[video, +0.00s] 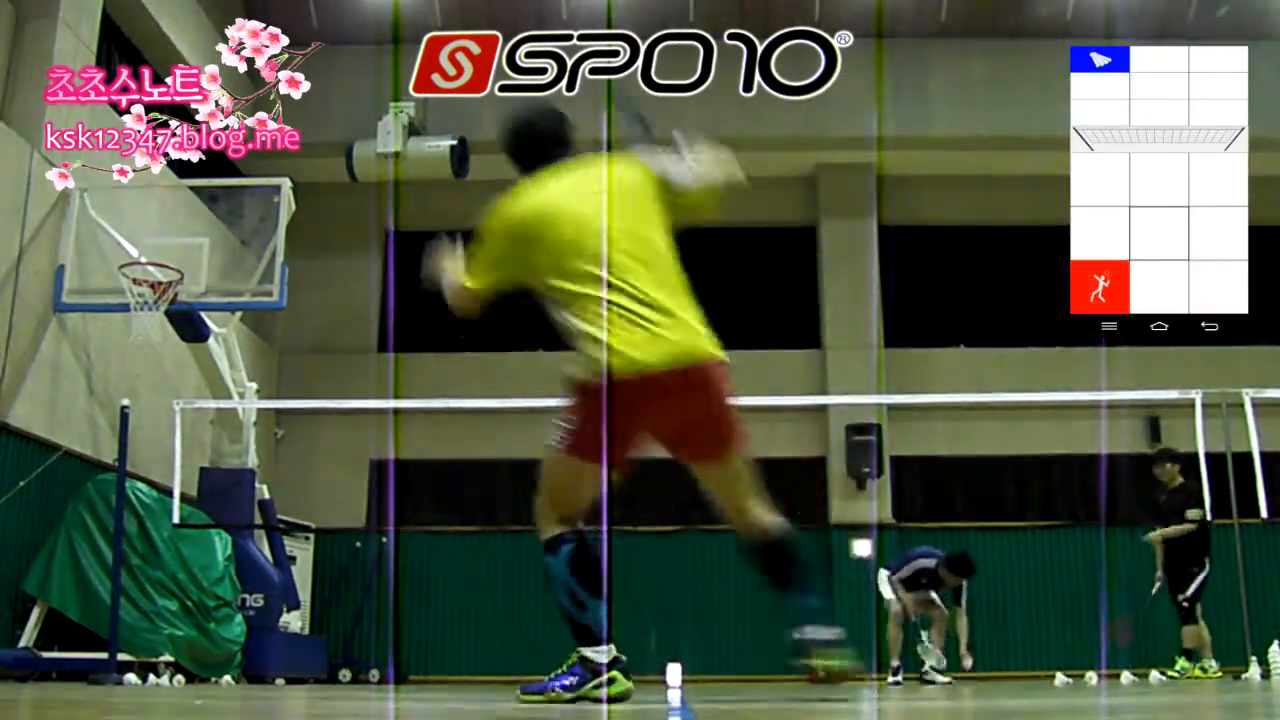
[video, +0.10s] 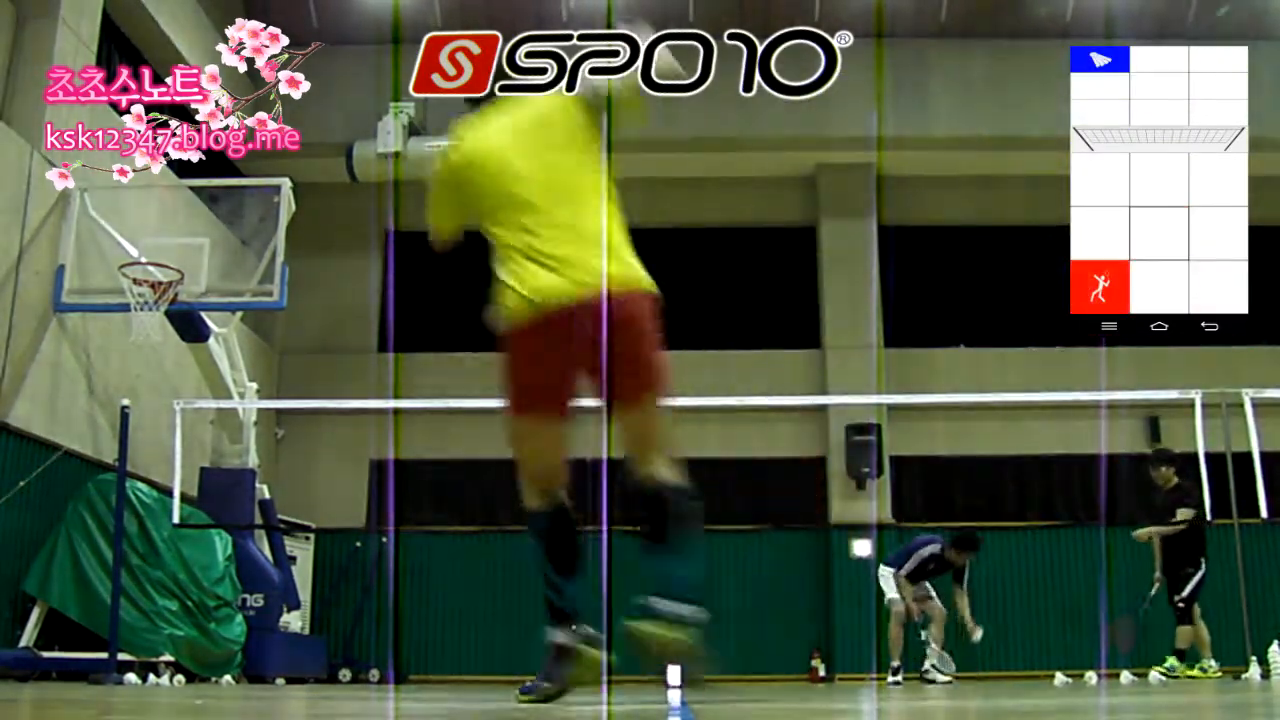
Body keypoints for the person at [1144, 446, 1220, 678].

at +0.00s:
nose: (1158, 472)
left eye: (1162, 466)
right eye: (1156, 467)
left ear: (1175, 466)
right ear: (1156, 470)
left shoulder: (1191, 490)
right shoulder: (1162, 497)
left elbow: (1193, 523)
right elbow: (1159, 535)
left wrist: (1162, 534)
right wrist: (1159, 568)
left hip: (1195, 555)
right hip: (1173, 557)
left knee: (1185, 603)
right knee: (1189, 609)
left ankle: (1187, 657)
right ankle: (1208, 660)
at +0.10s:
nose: (1155, 475)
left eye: (1158, 470)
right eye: (1153, 471)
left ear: (1171, 469)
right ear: (1153, 472)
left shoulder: (1186, 491)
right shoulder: (1160, 496)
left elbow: (1182, 523)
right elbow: (1158, 535)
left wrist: (1151, 531)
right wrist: (1158, 569)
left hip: (1192, 557)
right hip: (1172, 560)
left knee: (1182, 605)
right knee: (1191, 611)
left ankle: (1178, 659)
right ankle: (1208, 660)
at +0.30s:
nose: (1140, 482)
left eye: (1142, 476)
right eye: (1138, 478)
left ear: (1155, 472)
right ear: (1144, 475)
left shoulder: (1172, 493)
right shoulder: (1150, 496)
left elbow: (1158, 523)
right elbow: (1152, 533)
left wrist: (1122, 530)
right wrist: (1151, 564)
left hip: (1181, 557)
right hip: (1163, 559)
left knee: (1170, 607)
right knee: (1183, 615)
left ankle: (1167, 662)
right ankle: (1207, 660)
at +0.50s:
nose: (1126, 475)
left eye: (1129, 470)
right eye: (1124, 471)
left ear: (1141, 468)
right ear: (1134, 471)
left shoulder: (1153, 490)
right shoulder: (1140, 490)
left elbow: (1131, 517)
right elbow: (1150, 531)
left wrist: (1097, 525)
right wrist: (1146, 558)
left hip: (1175, 556)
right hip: (1159, 557)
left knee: (1159, 604)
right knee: (1157, 605)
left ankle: (1166, 662)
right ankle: (1187, 655)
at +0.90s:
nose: (1124, 474)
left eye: (1126, 469)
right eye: (1122, 470)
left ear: (1139, 467)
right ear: (1131, 470)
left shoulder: (1150, 491)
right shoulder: (1140, 490)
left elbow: (1126, 519)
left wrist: (1094, 527)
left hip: (1166, 558)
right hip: (1150, 558)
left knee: (1156, 606)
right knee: (1148, 608)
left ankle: (1167, 661)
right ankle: (1156, 659)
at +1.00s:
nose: (1125, 473)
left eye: (1129, 468)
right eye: (1124, 469)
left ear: (1142, 468)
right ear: (1135, 470)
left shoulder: (1150, 491)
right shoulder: (1140, 491)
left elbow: (1126, 524)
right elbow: (1125, 523)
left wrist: (1093, 529)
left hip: (1166, 558)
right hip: (1150, 558)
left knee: (1159, 607)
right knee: (1147, 608)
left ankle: (1168, 661)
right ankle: (1155, 660)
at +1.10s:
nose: (1129, 473)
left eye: (1133, 468)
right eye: (1127, 469)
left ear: (1146, 468)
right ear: (1130, 470)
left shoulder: (1152, 493)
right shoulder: (1142, 492)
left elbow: (1130, 526)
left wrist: (1098, 531)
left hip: (1166, 559)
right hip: (1151, 559)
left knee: (1163, 608)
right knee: (1152, 609)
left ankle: (1171, 659)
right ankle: (1157, 661)